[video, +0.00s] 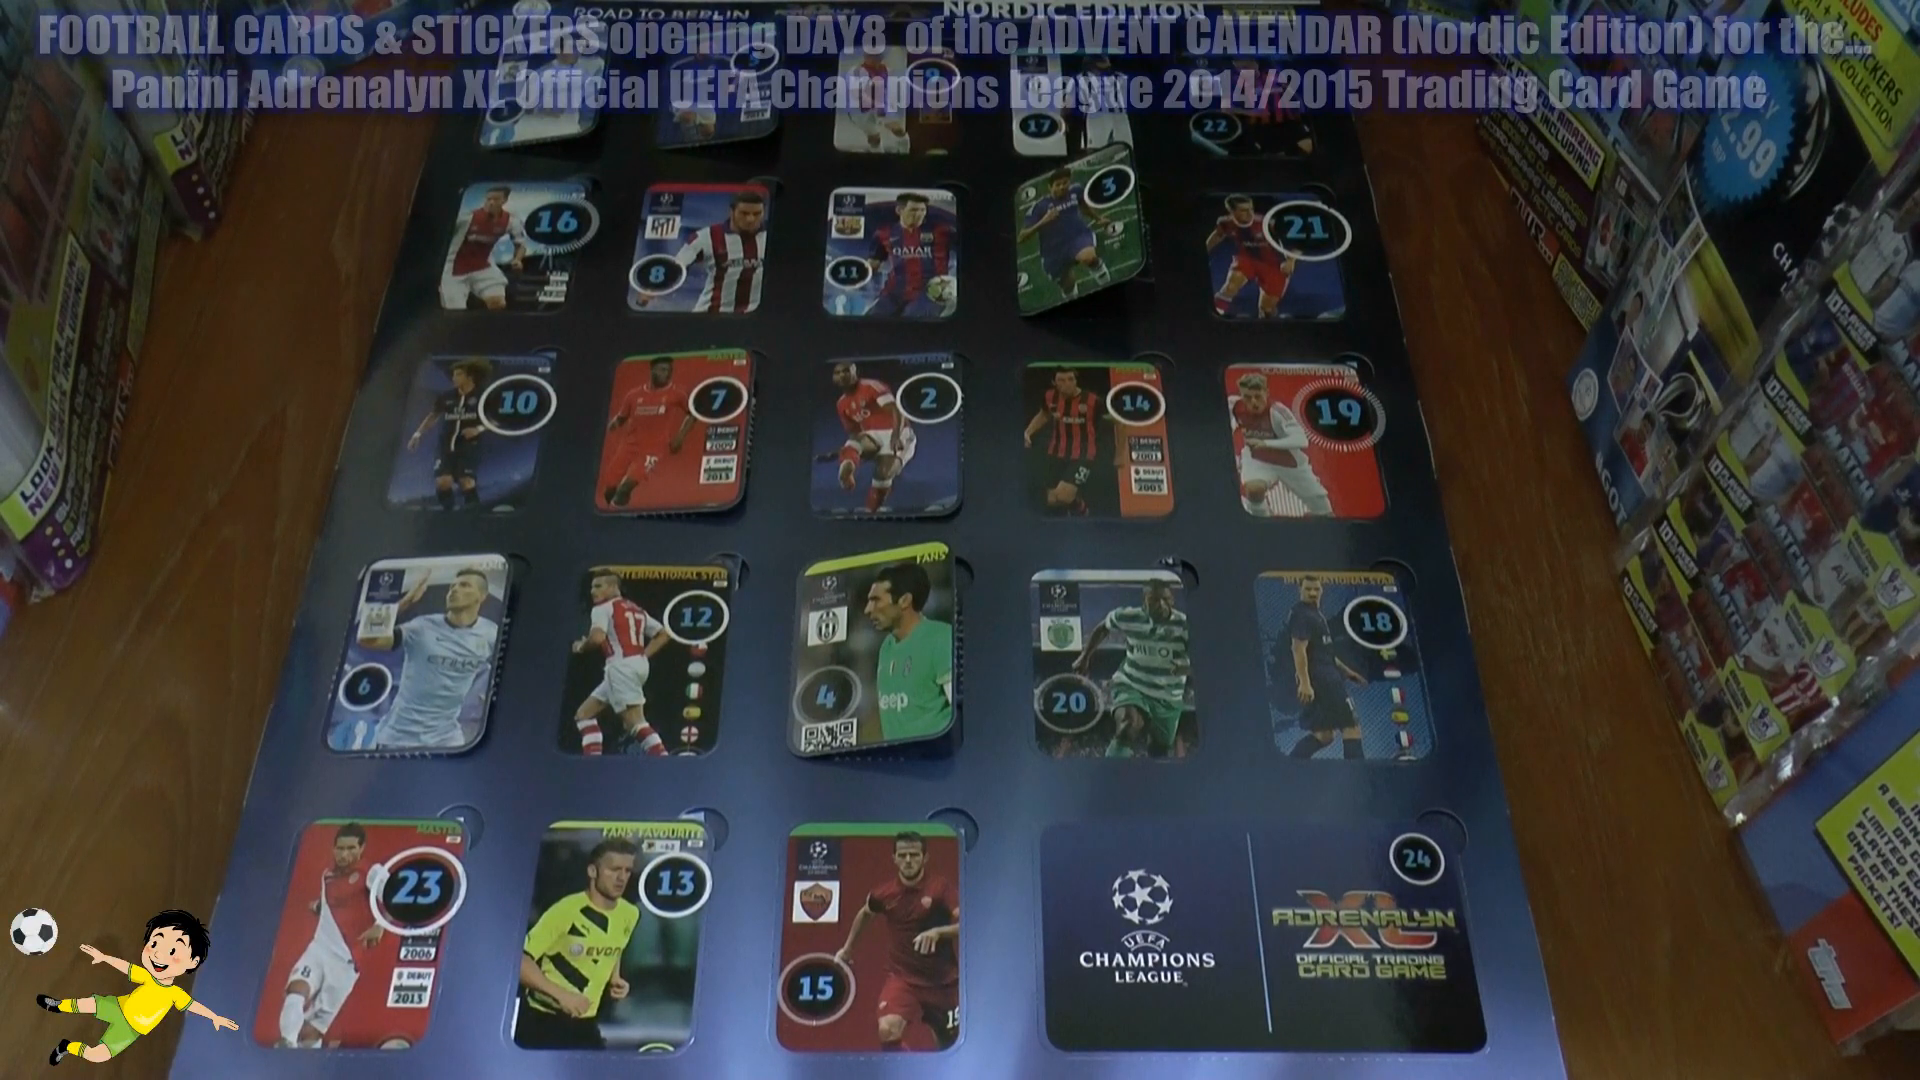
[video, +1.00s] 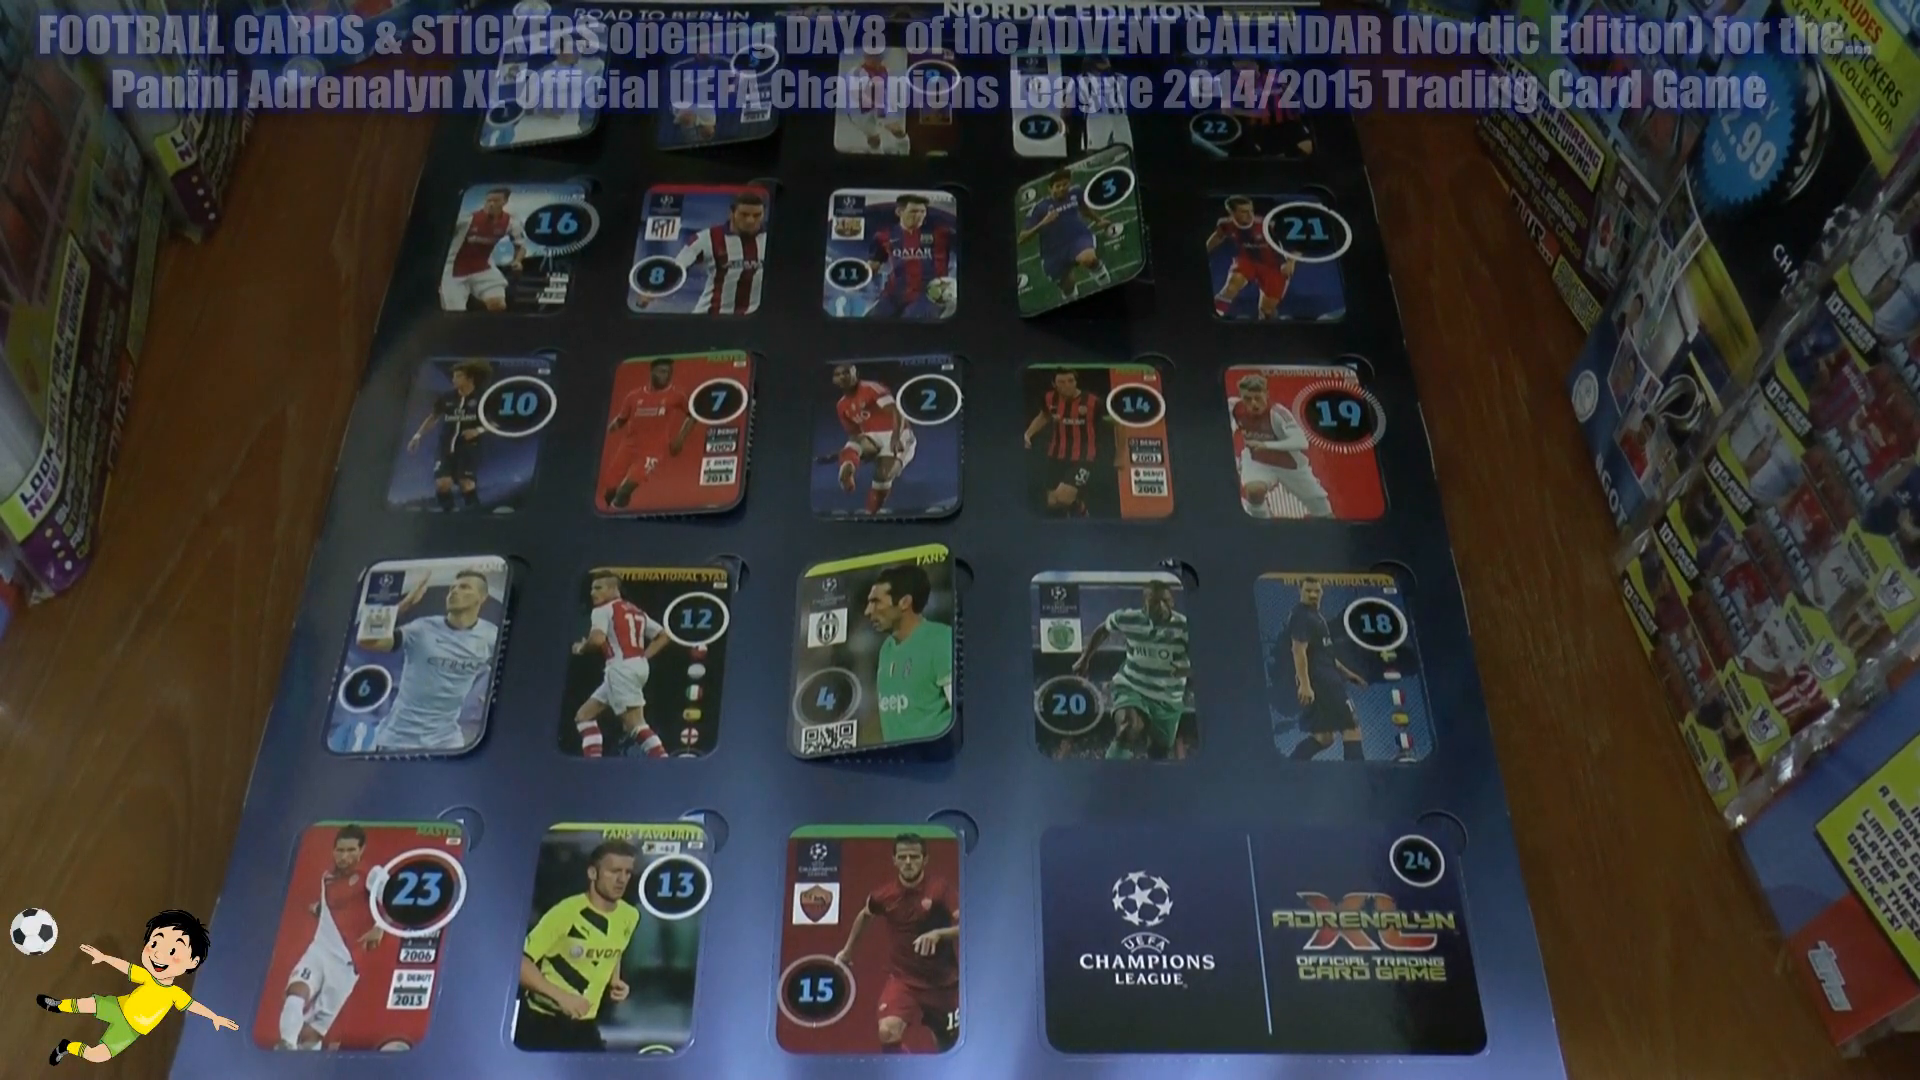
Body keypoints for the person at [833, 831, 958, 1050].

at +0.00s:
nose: (908, 861)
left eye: (914, 855)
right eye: (902, 856)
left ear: (924, 858)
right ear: (894, 859)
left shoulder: (940, 889)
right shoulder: (882, 894)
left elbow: (966, 925)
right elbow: (864, 914)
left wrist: (938, 932)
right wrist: (847, 948)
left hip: (942, 982)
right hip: (902, 978)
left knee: (952, 1050)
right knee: (887, 1031)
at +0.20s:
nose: (908, 861)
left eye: (914, 855)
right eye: (902, 855)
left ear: (924, 858)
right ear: (894, 859)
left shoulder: (940, 888)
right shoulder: (882, 894)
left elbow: (966, 924)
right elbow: (864, 914)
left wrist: (938, 931)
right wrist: (847, 948)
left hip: (942, 982)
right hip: (902, 978)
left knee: (952, 1049)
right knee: (887, 1030)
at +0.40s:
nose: (908, 860)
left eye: (914, 854)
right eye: (902, 854)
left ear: (924, 857)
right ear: (894, 858)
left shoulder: (940, 887)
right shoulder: (882, 894)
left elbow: (965, 924)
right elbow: (864, 913)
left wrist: (938, 931)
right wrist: (847, 947)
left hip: (943, 981)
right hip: (902, 977)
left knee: (952, 1048)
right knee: (887, 1030)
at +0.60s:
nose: (908, 861)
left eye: (914, 855)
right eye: (902, 856)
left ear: (924, 858)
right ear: (894, 859)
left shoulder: (940, 888)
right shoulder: (882, 894)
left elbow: (965, 925)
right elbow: (864, 914)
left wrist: (938, 932)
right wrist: (847, 948)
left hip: (942, 982)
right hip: (902, 978)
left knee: (951, 1048)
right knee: (888, 1031)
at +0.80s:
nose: (908, 862)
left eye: (914, 856)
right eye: (902, 856)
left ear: (924, 858)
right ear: (894, 860)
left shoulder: (940, 889)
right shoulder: (883, 895)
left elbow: (965, 925)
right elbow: (864, 915)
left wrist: (938, 932)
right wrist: (847, 949)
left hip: (943, 983)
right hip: (903, 979)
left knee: (951, 1049)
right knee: (888, 1031)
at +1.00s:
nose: (908, 863)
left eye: (914, 857)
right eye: (902, 857)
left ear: (924, 859)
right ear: (894, 861)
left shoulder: (940, 889)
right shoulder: (883, 896)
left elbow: (965, 926)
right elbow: (864, 916)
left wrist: (938, 933)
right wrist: (847, 950)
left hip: (942, 984)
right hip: (902, 980)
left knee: (951, 1050)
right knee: (887, 1033)